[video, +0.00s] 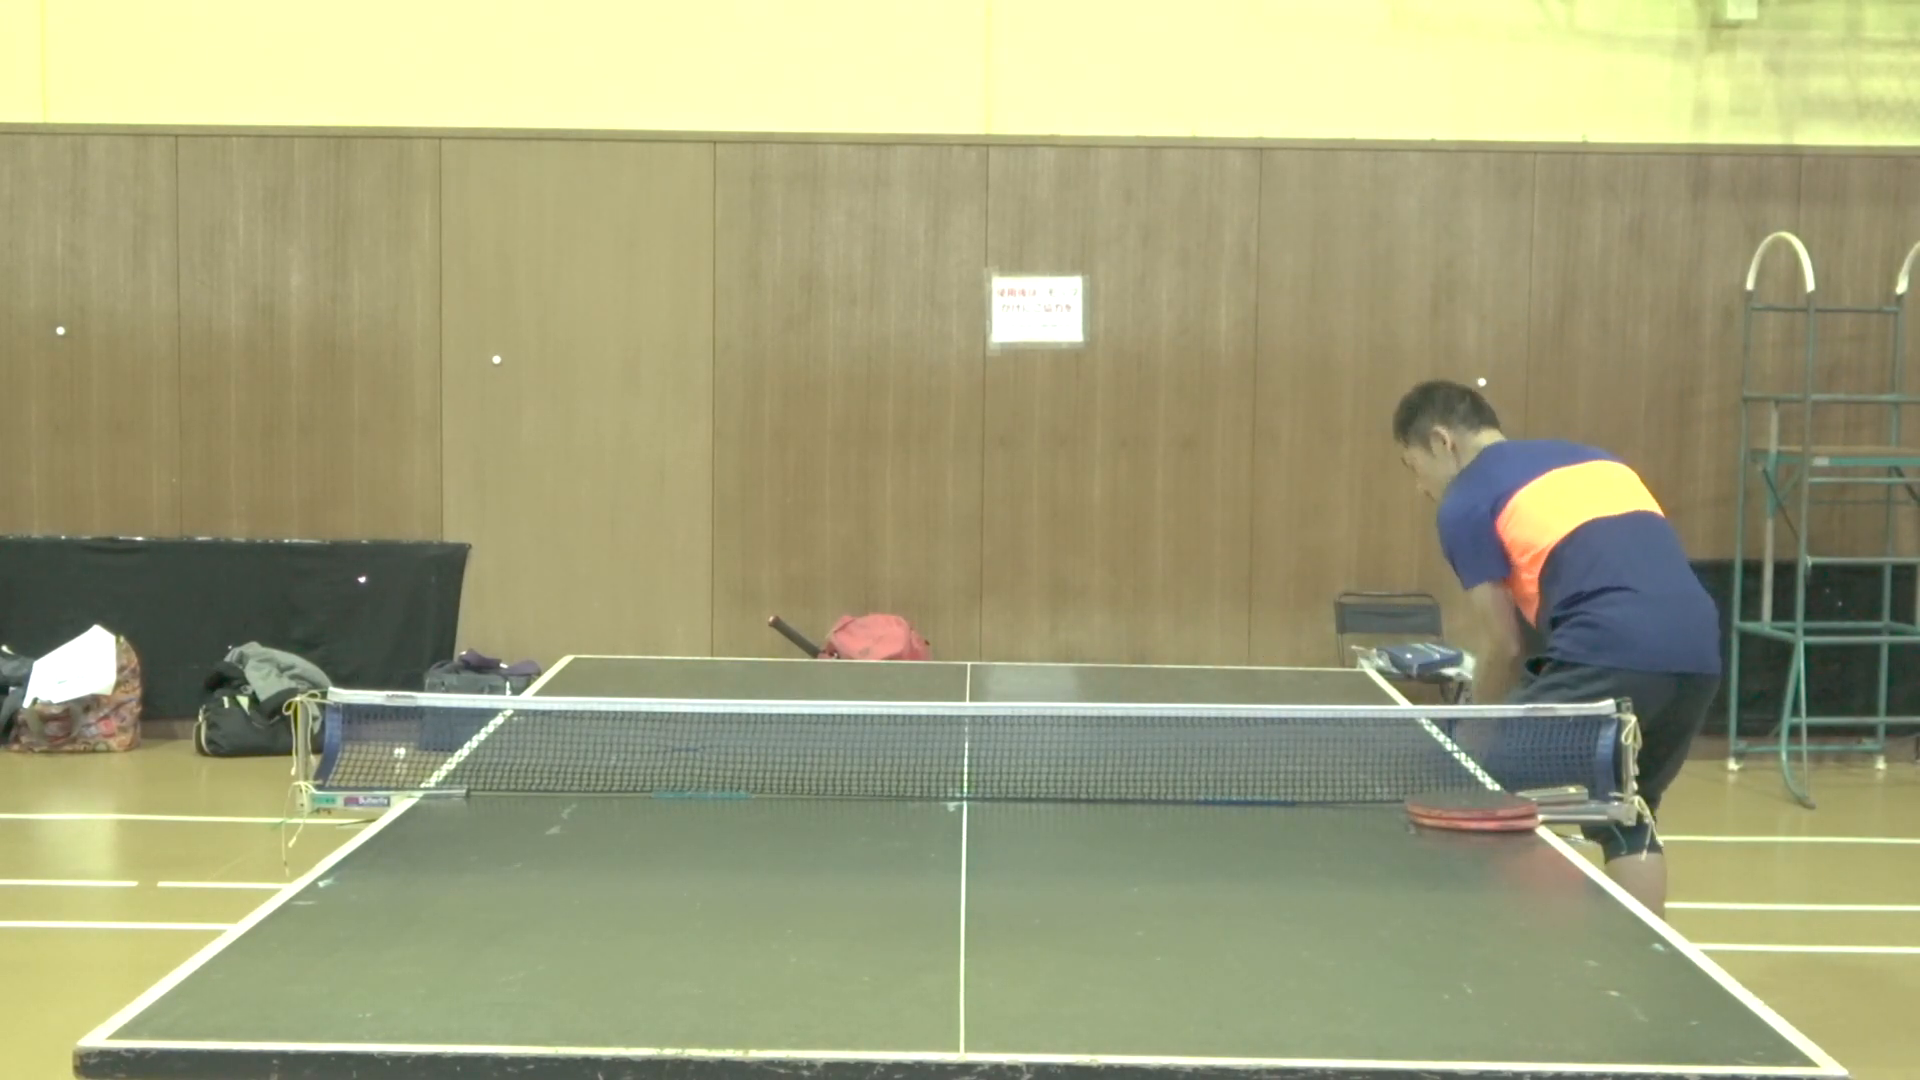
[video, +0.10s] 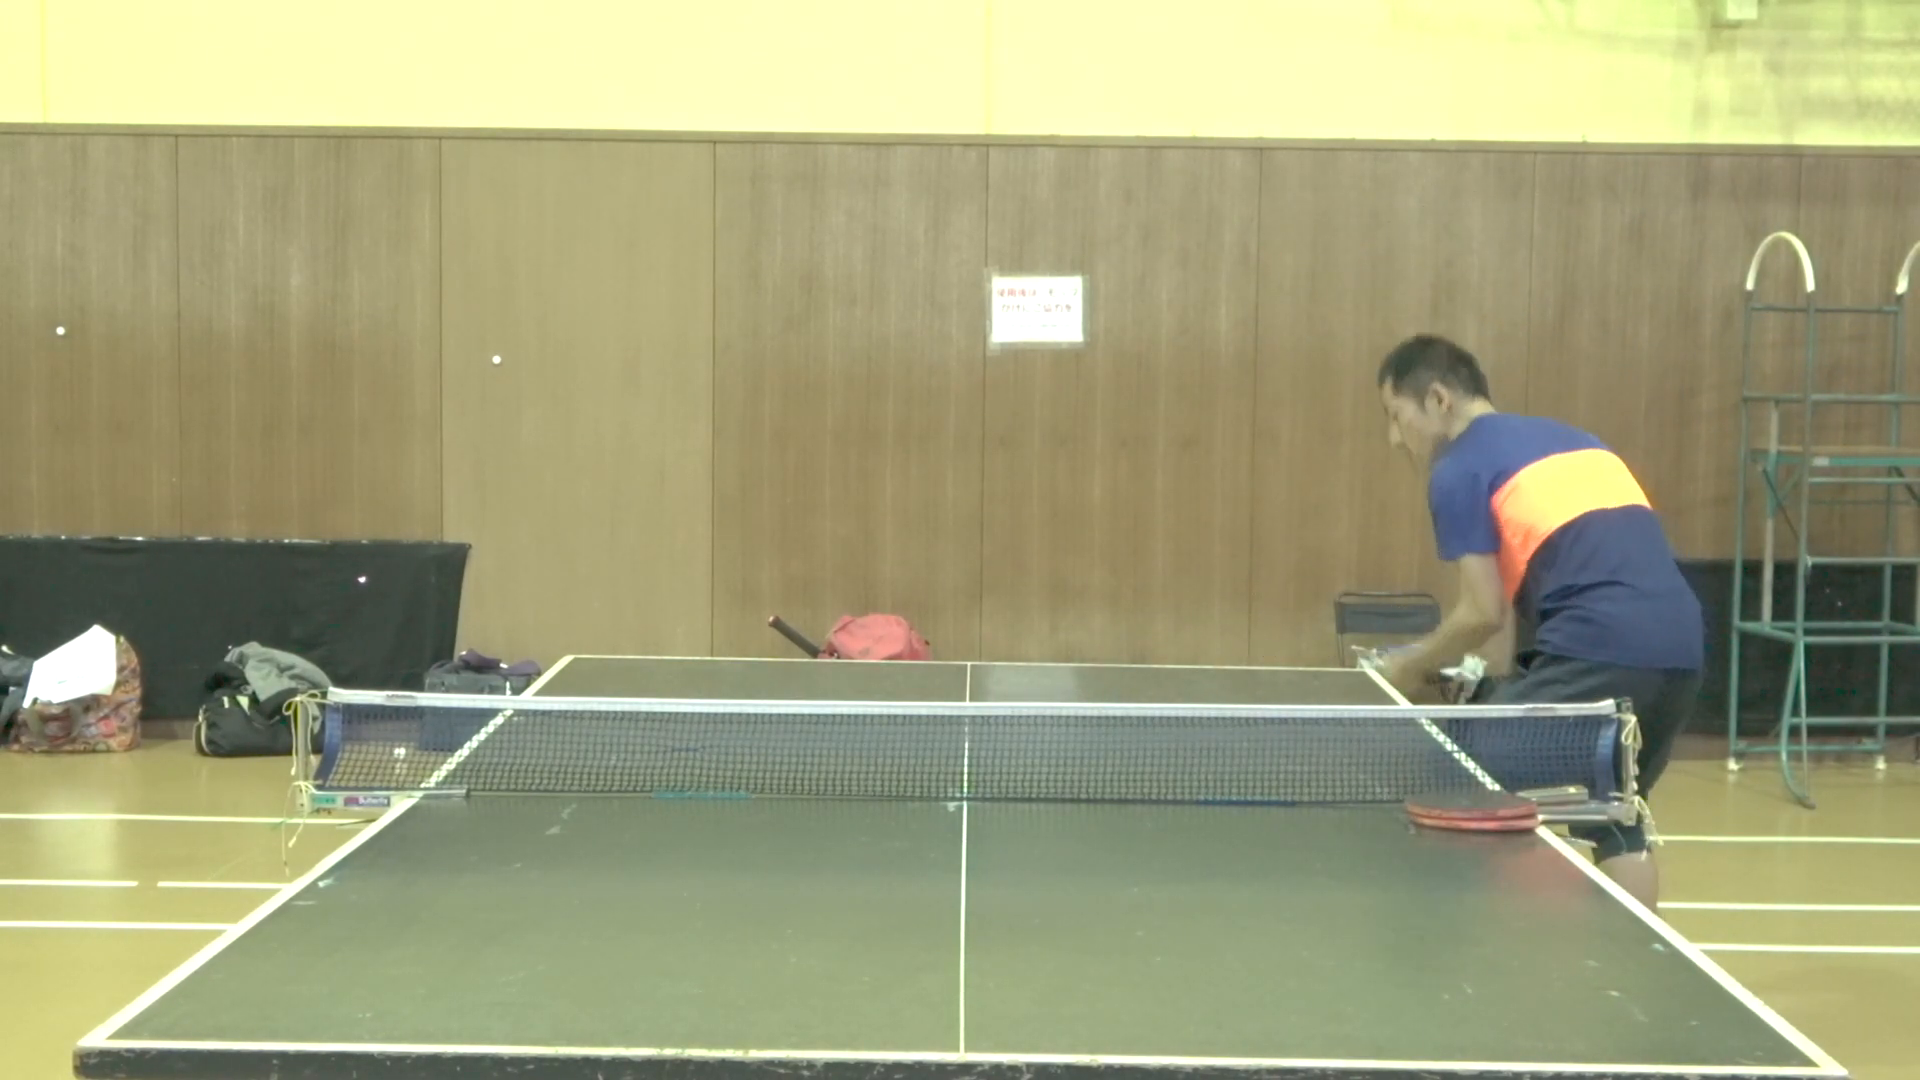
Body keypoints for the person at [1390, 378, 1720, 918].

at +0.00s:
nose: (1420, 485)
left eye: (1415, 466)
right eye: (1412, 470)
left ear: (1444, 441)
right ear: (1491, 429)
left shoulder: (1466, 498)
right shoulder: (1581, 455)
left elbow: (1504, 646)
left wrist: (1471, 740)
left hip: (1608, 649)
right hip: (1699, 649)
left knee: (1476, 782)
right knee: (1628, 807)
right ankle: (1642, 977)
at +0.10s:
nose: (1394, 436)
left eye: (1395, 415)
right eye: (1390, 419)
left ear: (1438, 397)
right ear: (1466, 393)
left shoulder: (1460, 465)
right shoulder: (1559, 436)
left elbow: (1483, 612)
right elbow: (1538, 595)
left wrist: (1407, 666)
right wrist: (1493, 688)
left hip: (1593, 649)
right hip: (1680, 647)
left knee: (1463, 789)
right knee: (1616, 807)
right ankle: (1634, 975)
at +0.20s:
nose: (1374, 392)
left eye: (1381, 371)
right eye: (1373, 375)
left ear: (1431, 362)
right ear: (1444, 361)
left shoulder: (1450, 436)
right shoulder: (1535, 417)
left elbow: (1449, 583)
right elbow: (1579, 576)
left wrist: (1338, 602)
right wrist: (1485, 662)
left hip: (1579, 639)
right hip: (1652, 641)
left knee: (1446, 778)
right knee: (1603, 805)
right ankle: (1633, 973)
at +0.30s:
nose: (1354, 366)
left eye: (1364, 347)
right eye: (1353, 350)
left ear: (1416, 343)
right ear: (1418, 344)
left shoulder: (1442, 415)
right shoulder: (1501, 403)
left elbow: (1414, 560)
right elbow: (1514, 571)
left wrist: (1303, 553)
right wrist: (1420, 635)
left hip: (1559, 638)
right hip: (1621, 638)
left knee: (1436, 780)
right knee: (1585, 809)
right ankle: (1640, 964)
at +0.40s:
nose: (1329, 358)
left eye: (1337, 338)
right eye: (1325, 342)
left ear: (1392, 331)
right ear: (1393, 334)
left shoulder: (1423, 406)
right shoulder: (1465, 394)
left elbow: (1388, 554)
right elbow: (1454, 560)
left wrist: (1279, 527)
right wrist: (1351, 604)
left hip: (1540, 635)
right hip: (1595, 635)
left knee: (1412, 772)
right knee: (1583, 813)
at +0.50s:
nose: (1297, 356)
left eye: (1305, 336)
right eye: (1294, 339)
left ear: (1361, 329)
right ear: (1364, 330)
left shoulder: (1400, 403)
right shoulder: (1428, 390)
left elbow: (1369, 554)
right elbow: (1387, 561)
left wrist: (1256, 526)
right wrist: (1293, 577)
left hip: (1521, 629)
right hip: (1573, 627)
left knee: (1387, 771)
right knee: (1580, 806)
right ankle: (1641, 965)